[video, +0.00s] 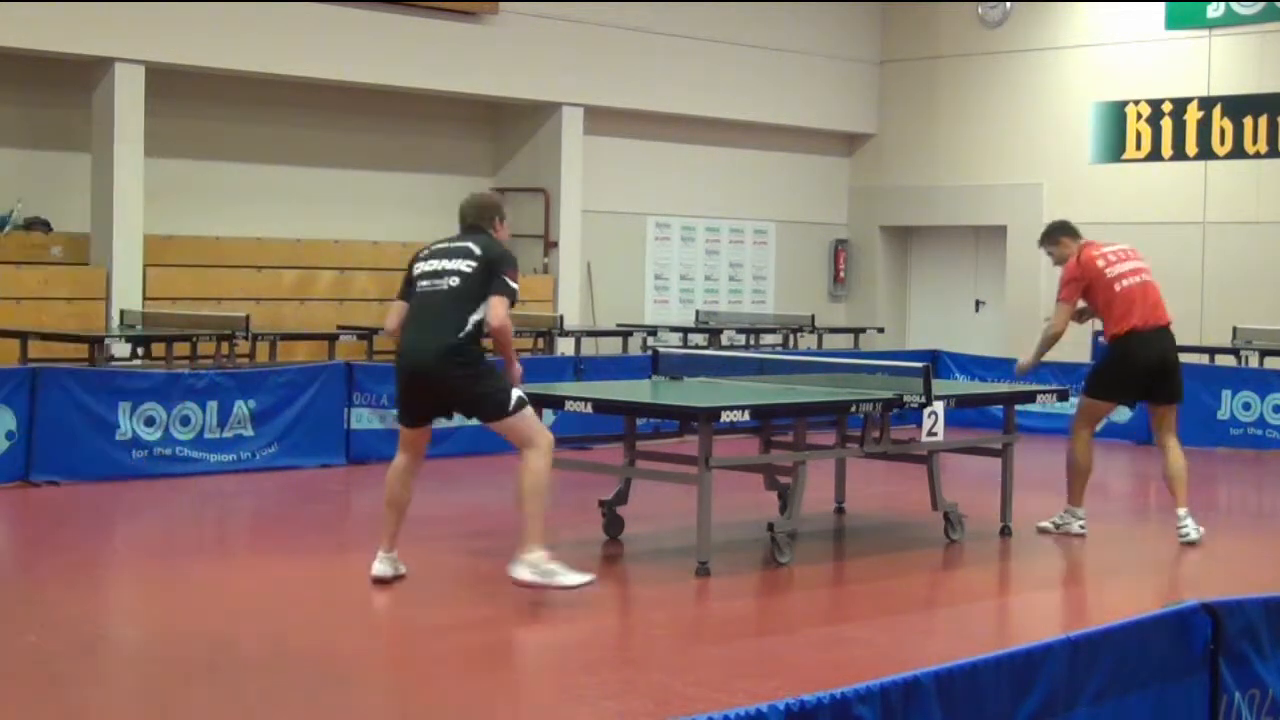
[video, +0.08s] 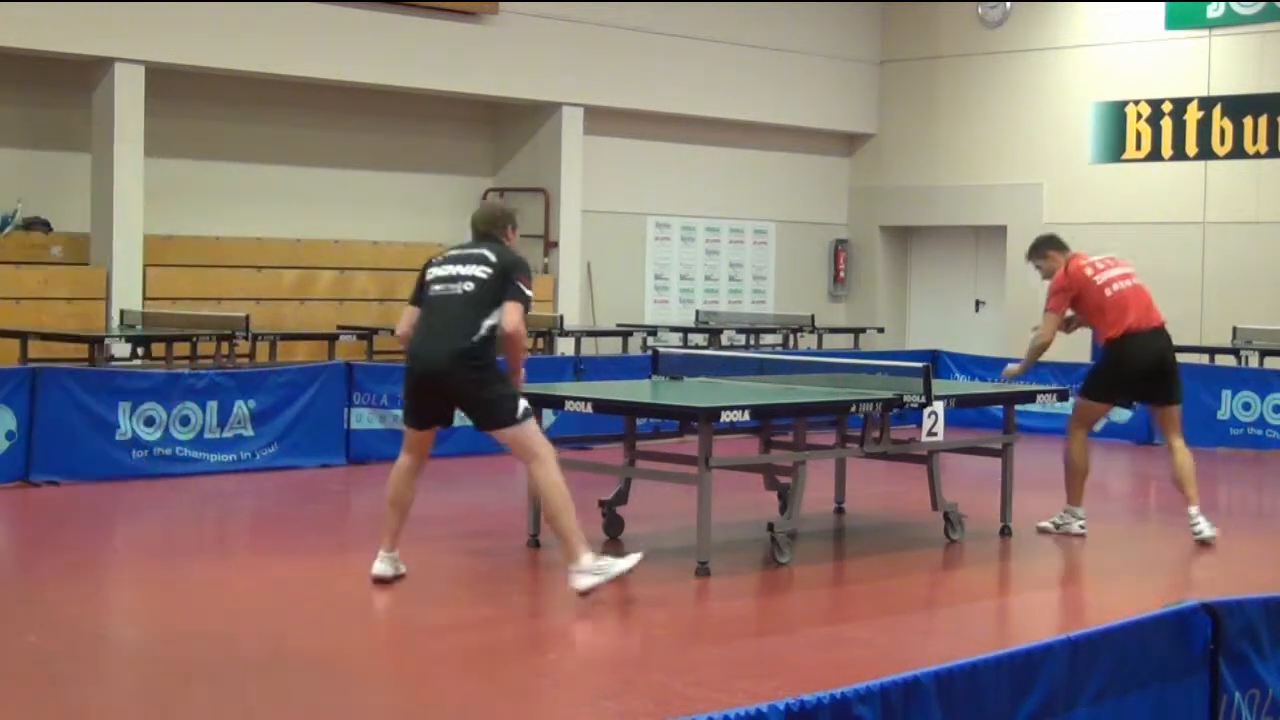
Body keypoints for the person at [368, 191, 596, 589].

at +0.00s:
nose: (508, 232)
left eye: (507, 226)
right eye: (507, 226)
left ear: (463, 224)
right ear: (497, 225)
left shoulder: (426, 255)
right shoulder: (499, 255)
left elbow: (393, 323)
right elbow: (497, 321)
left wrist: (426, 348)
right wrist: (510, 363)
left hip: (411, 366)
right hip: (460, 364)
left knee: (408, 453)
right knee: (538, 442)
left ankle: (385, 555)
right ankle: (533, 554)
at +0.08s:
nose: (519, 240)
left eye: (517, 235)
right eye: (518, 235)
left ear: (475, 232)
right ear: (510, 233)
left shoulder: (438, 261)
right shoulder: (512, 262)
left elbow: (405, 329)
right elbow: (511, 326)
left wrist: (433, 357)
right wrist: (516, 371)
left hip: (422, 367)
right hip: (472, 368)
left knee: (411, 457)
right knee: (539, 456)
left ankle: (386, 555)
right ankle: (583, 561)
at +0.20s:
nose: (545, 270)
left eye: (544, 264)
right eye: (544, 264)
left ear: (500, 260)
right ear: (535, 263)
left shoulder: (462, 285)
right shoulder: (538, 291)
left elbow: (420, 349)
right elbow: (539, 353)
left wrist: (450, 374)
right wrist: (532, 389)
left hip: (441, 385)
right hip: (494, 387)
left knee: (417, 458)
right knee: (565, 470)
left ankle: (386, 556)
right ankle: (611, 575)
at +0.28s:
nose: (562, 296)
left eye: (560, 288)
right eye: (561, 289)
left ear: (517, 284)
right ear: (552, 289)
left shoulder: (477, 304)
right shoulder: (554, 312)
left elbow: (433, 362)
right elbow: (554, 371)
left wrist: (462, 394)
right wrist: (546, 408)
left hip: (452, 396)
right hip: (506, 398)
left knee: (424, 461)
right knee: (591, 466)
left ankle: (386, 557)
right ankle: (616, 575)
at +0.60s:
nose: (597, 342)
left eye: (596, 336)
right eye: (597, 336)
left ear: (559, 322)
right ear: (589, 332)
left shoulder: (512, 334)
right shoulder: (584, 349)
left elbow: (458, 382)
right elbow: (574, 396)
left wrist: (501, 432)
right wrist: (558, 436)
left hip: (471, 408)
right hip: (529, 415)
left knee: (435, 464)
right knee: (615, 465)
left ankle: (386, 557)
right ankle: (618, 576)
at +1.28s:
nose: (595, 338)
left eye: (594, 332)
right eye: (595, 332)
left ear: (555, 319)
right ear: (586, 329)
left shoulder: (516, 331)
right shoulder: (583, 347)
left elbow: (496, 373)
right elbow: (589, 409)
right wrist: (578, 430)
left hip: (470, 409)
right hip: (525, 417)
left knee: (435, 464)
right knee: (616, 466)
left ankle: (386, 556)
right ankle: (618, 576)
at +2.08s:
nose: (589, 305)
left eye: (588, 300)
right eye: (588, 300)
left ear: (544, 296)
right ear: (580, 301)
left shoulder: (512, 313)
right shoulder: (581, 325)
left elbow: (501, 361)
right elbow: (602, 397)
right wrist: (598, 392)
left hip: (472, 404)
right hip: (529, 410)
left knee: (435, 463)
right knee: (616, 465)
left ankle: (386, 557)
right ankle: (618, 576)